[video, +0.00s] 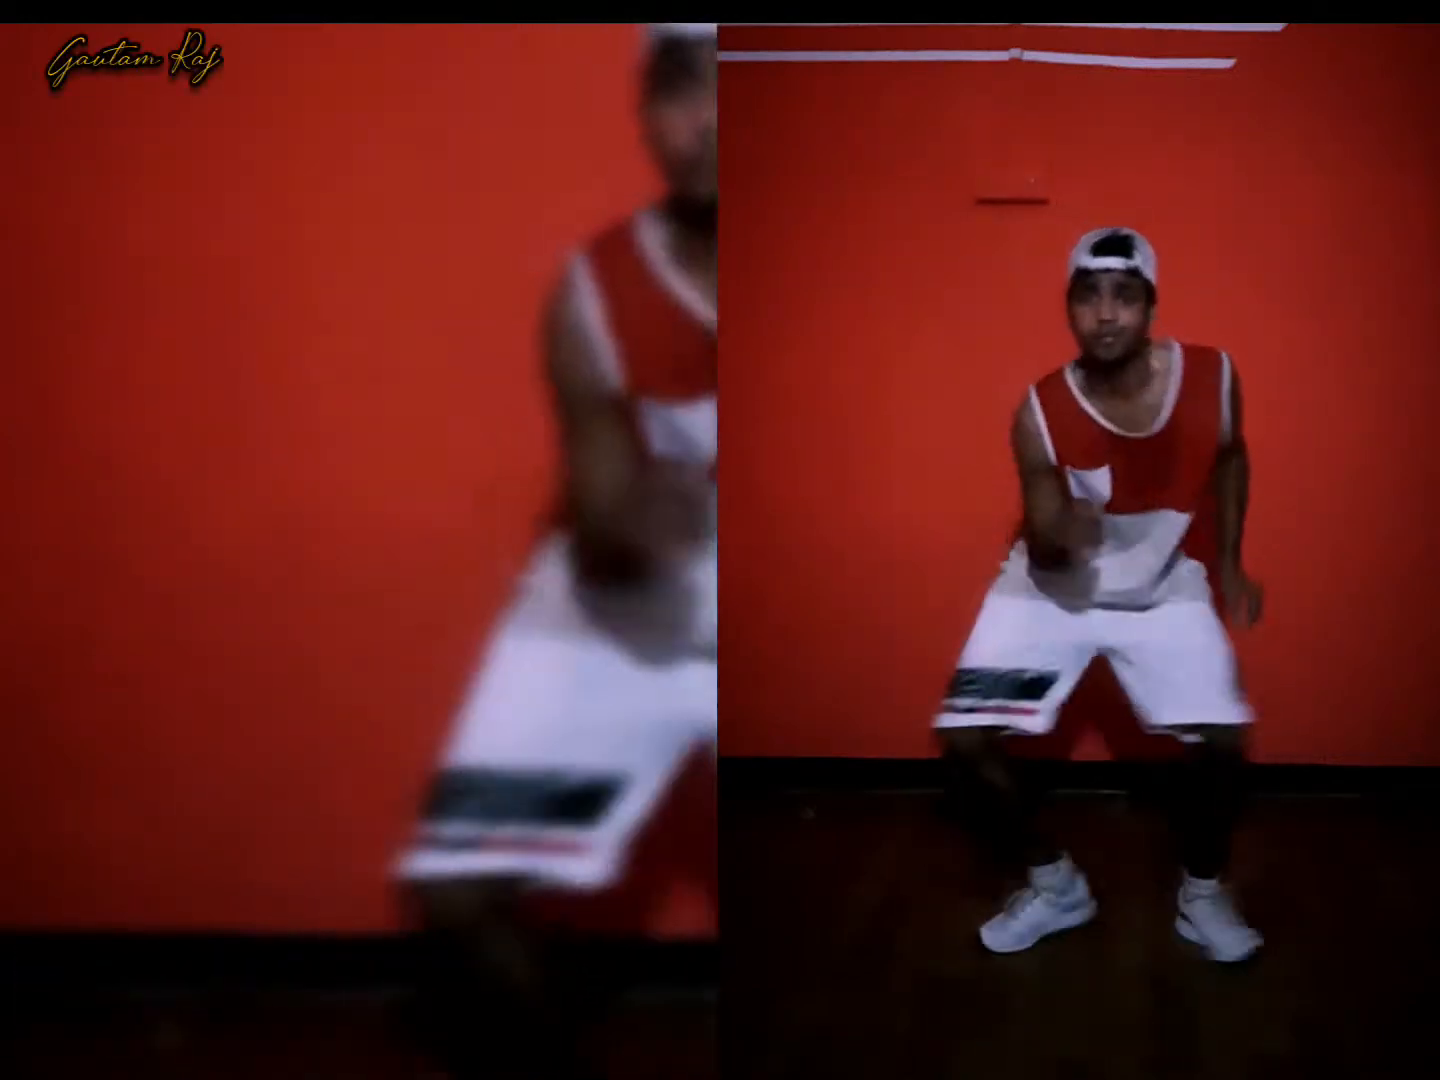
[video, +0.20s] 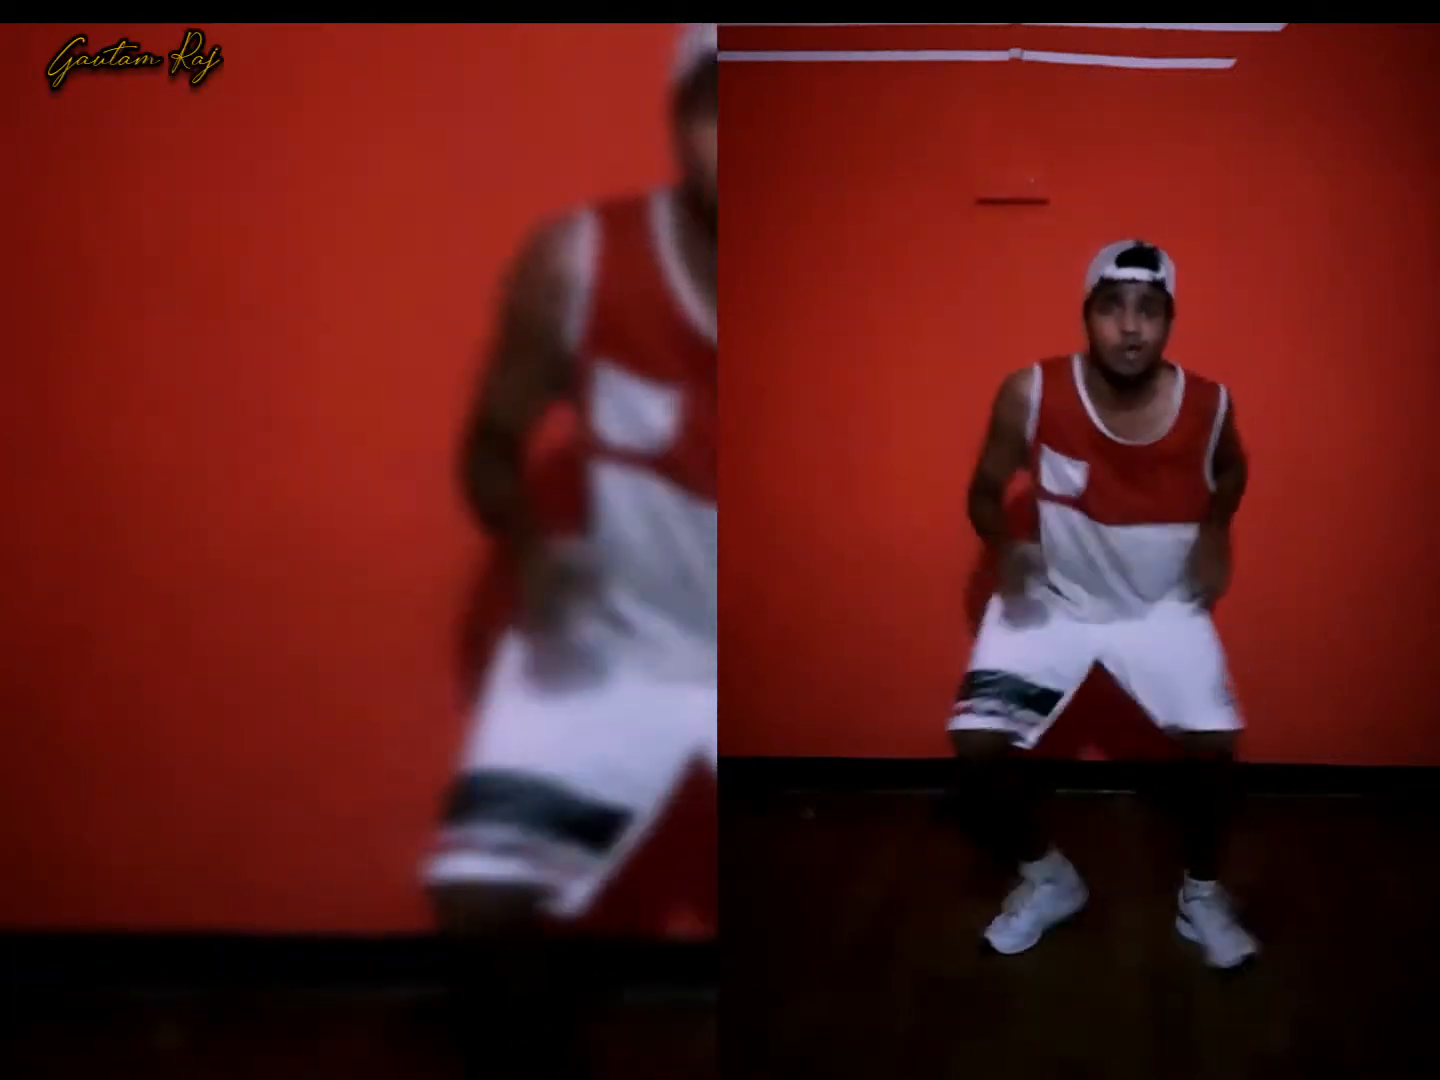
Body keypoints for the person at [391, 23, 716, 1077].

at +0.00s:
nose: (703, 136)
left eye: (722, 107)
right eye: (680, 107)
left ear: (761, 122)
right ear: (649, 122)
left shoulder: (823, 268)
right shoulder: (605, 286)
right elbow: (607, 540)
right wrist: (647, 518)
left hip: (772, 597)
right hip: (625, 595)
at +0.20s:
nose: (736, 142)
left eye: (755, 116)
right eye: (716, 114)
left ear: (791, 134)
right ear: (680, 126)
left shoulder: (826, 277)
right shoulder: (587, 256)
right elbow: (491, 447)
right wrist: (532, 546)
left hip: (763, 666)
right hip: (608, 653)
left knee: (794, 950)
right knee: (485, 900)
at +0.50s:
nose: (593, 138)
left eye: (628, 109)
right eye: (563, 104)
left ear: (673, 133)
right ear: (523, 127)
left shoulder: (739, 269)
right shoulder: (484, 265)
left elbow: (814, 455)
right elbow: (480, 455)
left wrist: (735, 590)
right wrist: (472, 609)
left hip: (713, 645)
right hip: (552, 638)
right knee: (432, 892)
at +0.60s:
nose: (586, 155)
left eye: (622, 124)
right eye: (556, 121)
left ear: (670, 148)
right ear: (518, 142)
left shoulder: (741, 298)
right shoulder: (487, 279)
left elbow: (821, 477)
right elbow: (487, 462)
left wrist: (736, 572)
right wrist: (493, 598)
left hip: (711, 662)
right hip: (548, 646)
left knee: (789, 910)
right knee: (425, 895)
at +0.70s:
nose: (623, 126)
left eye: (654, 92)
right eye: (591, 96)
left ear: (706, 112)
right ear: (558, 121)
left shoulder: (766, 273)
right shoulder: (492, 254)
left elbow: (813, 501)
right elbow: (507, 408)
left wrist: (701, 653)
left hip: (745, 608)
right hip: (579, 586)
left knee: (779, 885)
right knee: (533, 883)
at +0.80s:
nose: (652, 114)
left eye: (684, 80)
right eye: (619, 81)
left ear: (725, 103)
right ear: (581, 102)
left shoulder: (763, 253)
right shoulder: (493, 230)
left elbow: (758, 508)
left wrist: (686, 700)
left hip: (732, 608)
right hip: (588, 590)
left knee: (743, 882)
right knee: (579, 866)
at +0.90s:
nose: (623, 119)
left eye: (657, 86)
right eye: (593, 84)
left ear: (705, 110)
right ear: (554, 106)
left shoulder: (756, 258)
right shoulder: (479, 217)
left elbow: (787, 481)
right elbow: (521, 383)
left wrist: (702, 659)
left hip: (732, 611)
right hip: (573, 591)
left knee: (765, 909)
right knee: (466, 885)